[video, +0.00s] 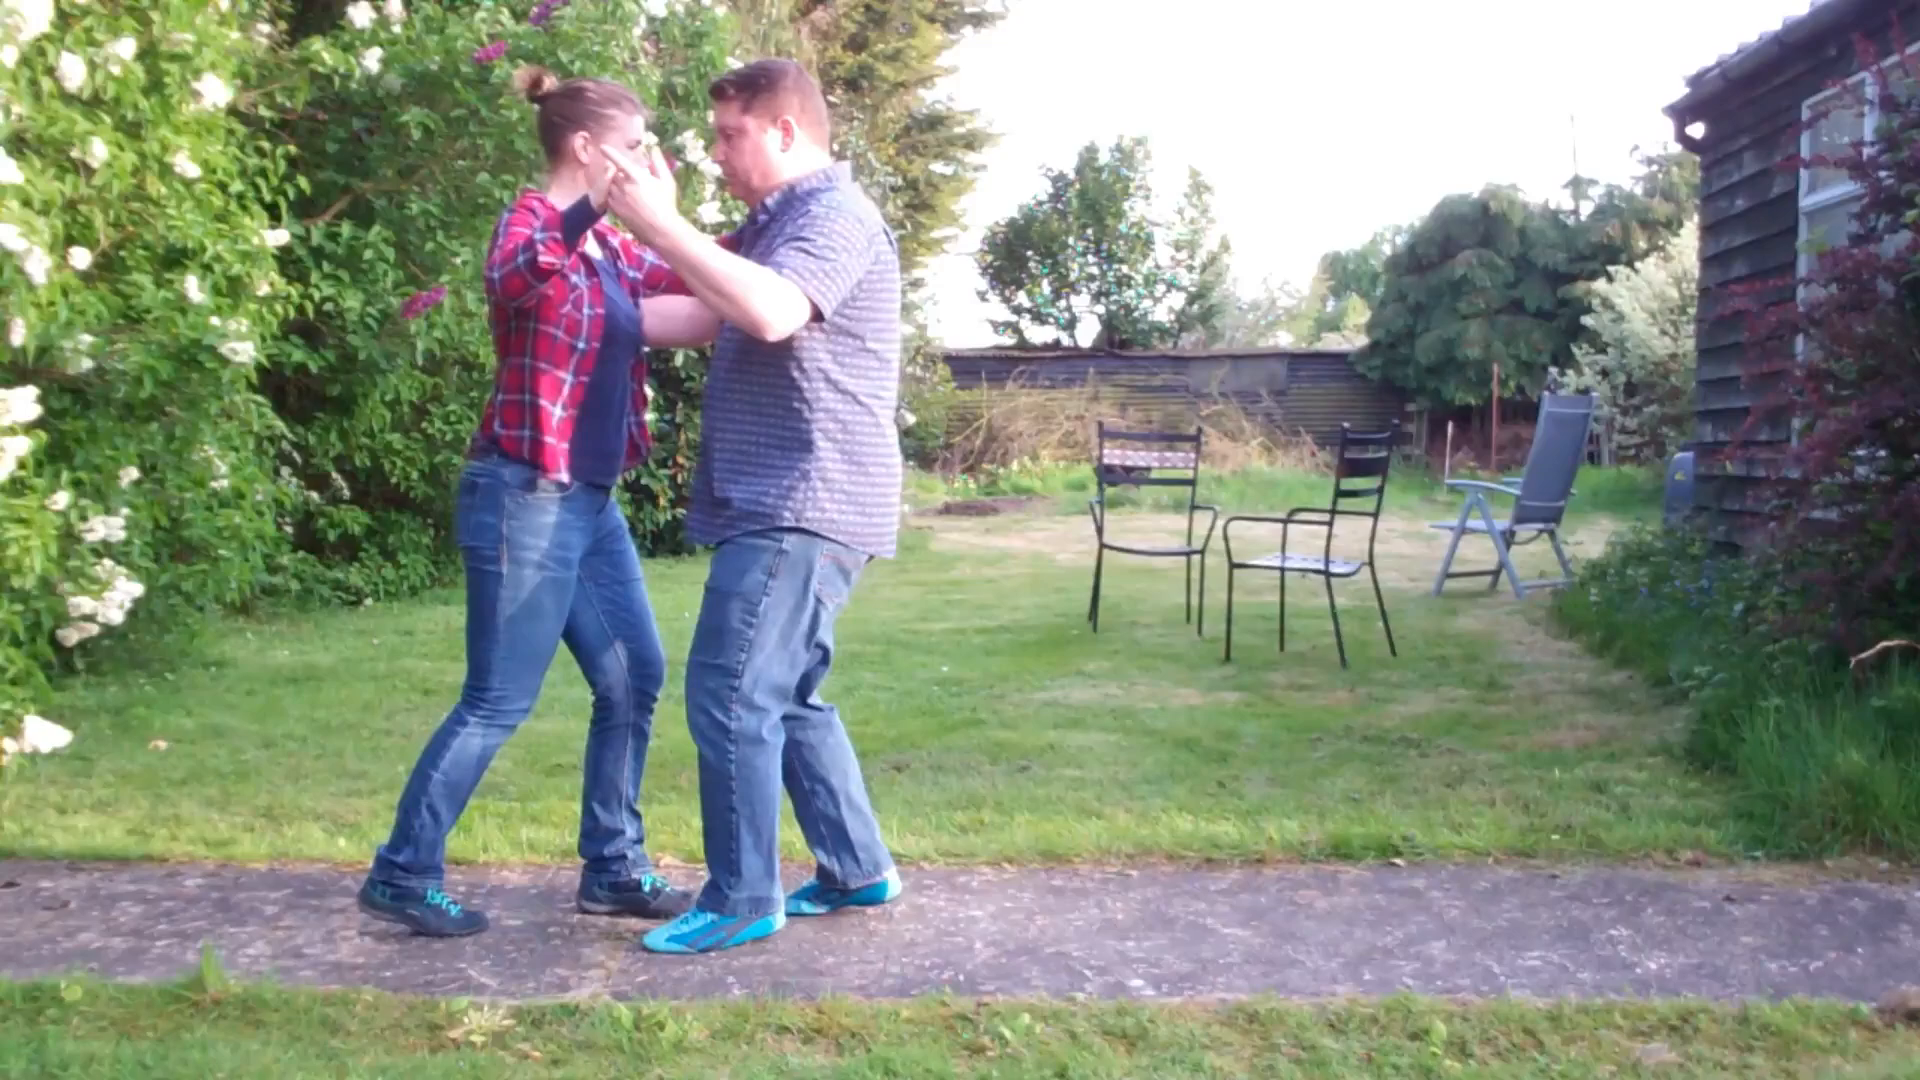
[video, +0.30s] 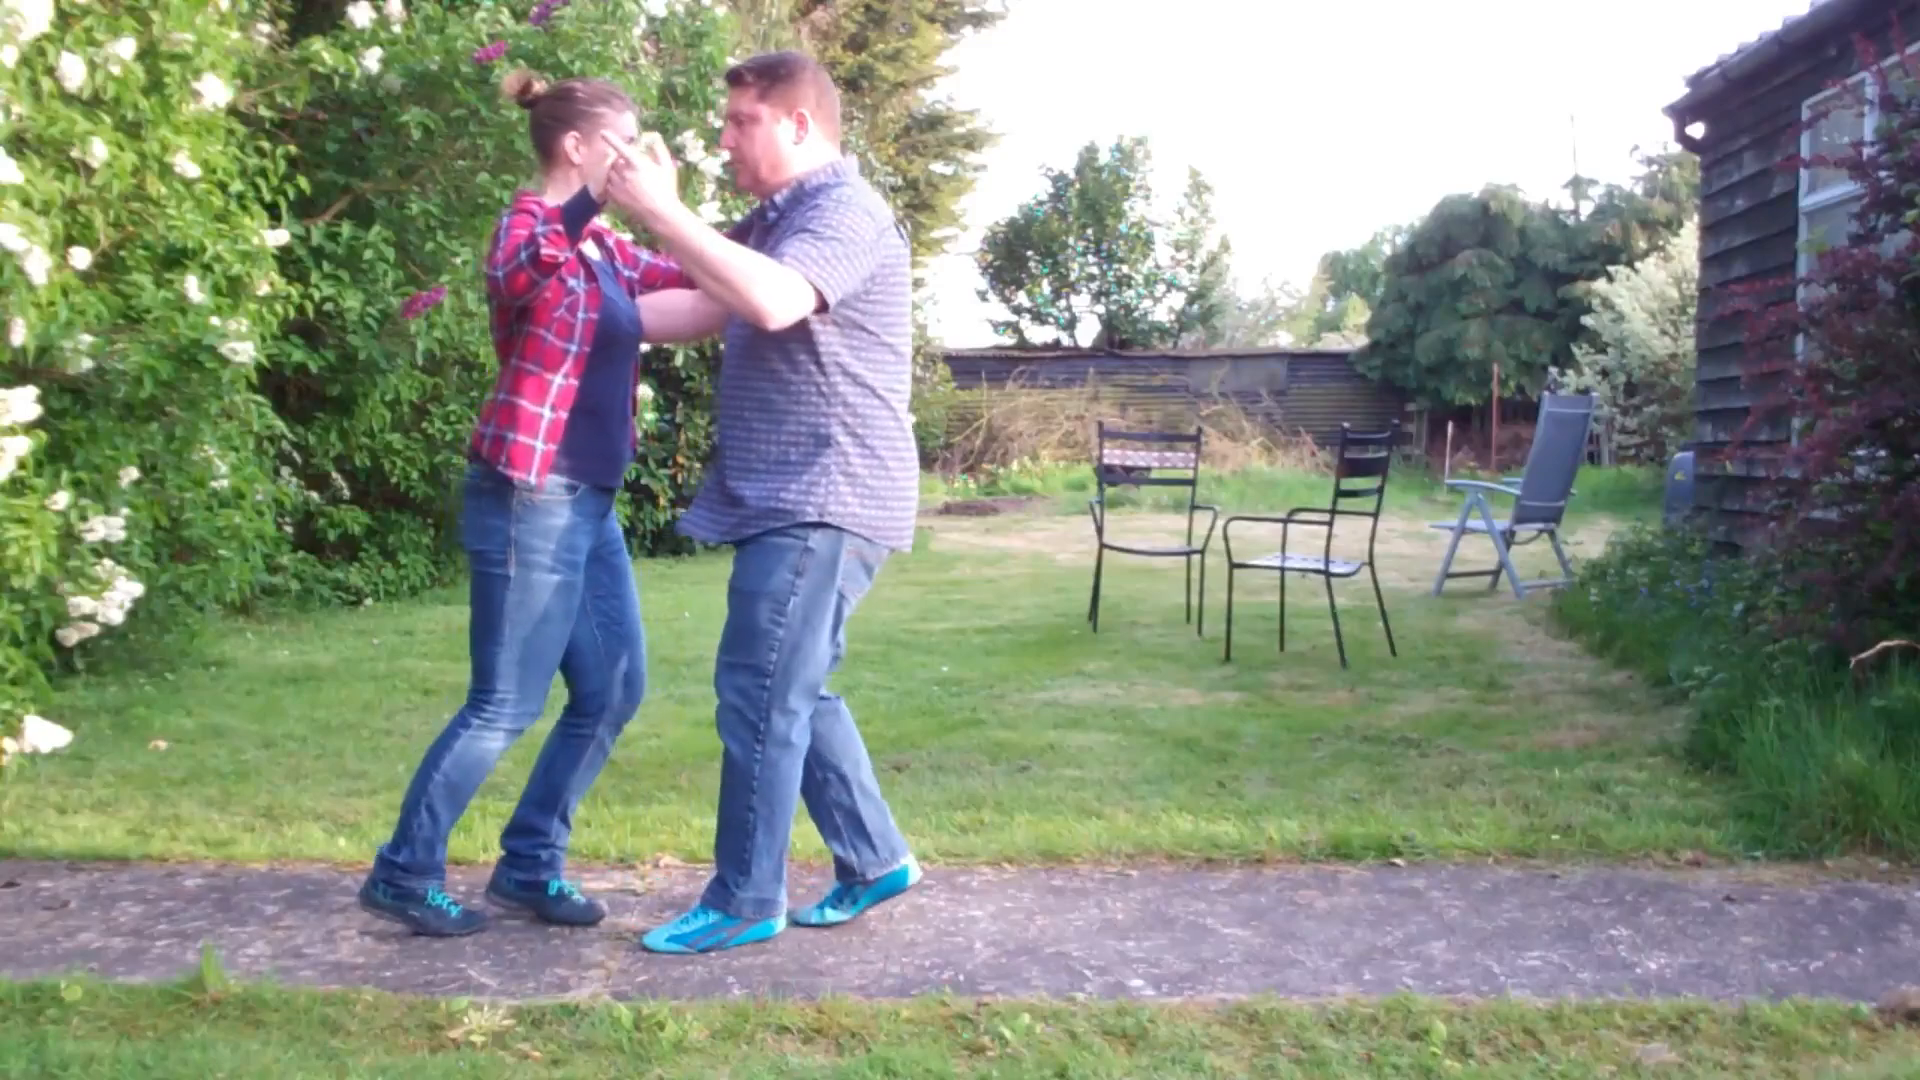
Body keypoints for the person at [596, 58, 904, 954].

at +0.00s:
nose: (717, 157)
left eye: (728, 137)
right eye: (715, 139)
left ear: (782, 129)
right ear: (781, 132)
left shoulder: (834, 214)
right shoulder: (776, 225)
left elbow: (774, 310)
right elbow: (702, 315)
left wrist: (661, 223)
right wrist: (586, 308)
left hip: (808, 506)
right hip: (776, 506)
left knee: (729, 693)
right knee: (788, 693)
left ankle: (741, 900)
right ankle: (856, 868)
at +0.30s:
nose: (724, 139)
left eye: (740, 122)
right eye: (725, 123)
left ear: (797, 123)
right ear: (786, 126)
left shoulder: (845, 210)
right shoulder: (778, 223)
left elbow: (776, 299)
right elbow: (700, 307)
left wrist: (665, 212)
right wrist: (584, 310)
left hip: (832, 497)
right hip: (786, 498)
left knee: (760, 693)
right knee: (793, 687)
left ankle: (746, 898)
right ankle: (874, 860)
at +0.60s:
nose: (793, 131)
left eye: (810, 114)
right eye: (795, 115)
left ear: (869, 119)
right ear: (851, 122)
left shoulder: (909, 208)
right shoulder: (844, 220)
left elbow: (842, 288)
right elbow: (749, 296)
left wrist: (723, 202)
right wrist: (624, 304)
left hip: (908, 496)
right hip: (865, 497)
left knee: (832, 680)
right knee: (854, 686)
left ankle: (928, 873)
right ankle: (879, 878)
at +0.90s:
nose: (884, 127)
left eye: (899, 109)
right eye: (884, 111)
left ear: (954, 112)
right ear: (944, 116)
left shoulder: (997, 195)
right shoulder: (940, 211)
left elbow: (918, 269)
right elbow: (839, 292)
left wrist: (794, 186)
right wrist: (708, 296)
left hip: (1001, 499)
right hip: (955, 502)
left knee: (997, 706)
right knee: (928, 695)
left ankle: (1070, 912)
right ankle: (904, 885)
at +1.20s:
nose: (968, 123)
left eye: (982, 107)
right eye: (971, 107)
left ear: (1034, 109)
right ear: (1034, 111)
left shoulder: (1081, 197)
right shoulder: (1018, 212)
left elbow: (1005, 267)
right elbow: (916, 286)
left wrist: (881, 188)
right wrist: (782, 310)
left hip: (1065, 493)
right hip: (1017, 496)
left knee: (1044, 699)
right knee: (1031, 692)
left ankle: (1074, 919)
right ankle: (1167, 841)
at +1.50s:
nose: (1003, 130)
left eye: (1013, 110)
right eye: (1005, 112)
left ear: (1066, 108)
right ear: (1073, 109)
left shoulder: (1114, 198)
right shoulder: (1060, 211)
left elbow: (1036, 273)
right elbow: (956, 287)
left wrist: (914, 194)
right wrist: (823, 308)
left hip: (1097, 495)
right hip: (1111, 495)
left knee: (1029, 695)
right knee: (1140, 697)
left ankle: (1055, 912)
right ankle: (1234, 881)